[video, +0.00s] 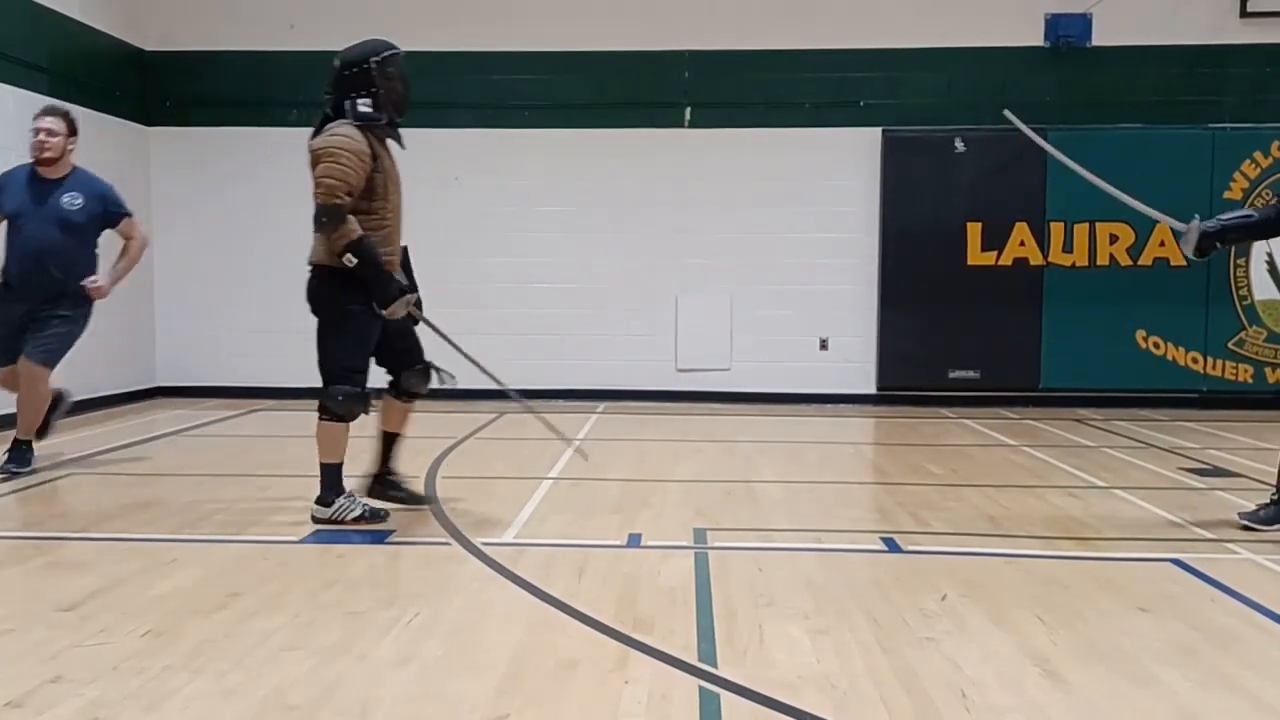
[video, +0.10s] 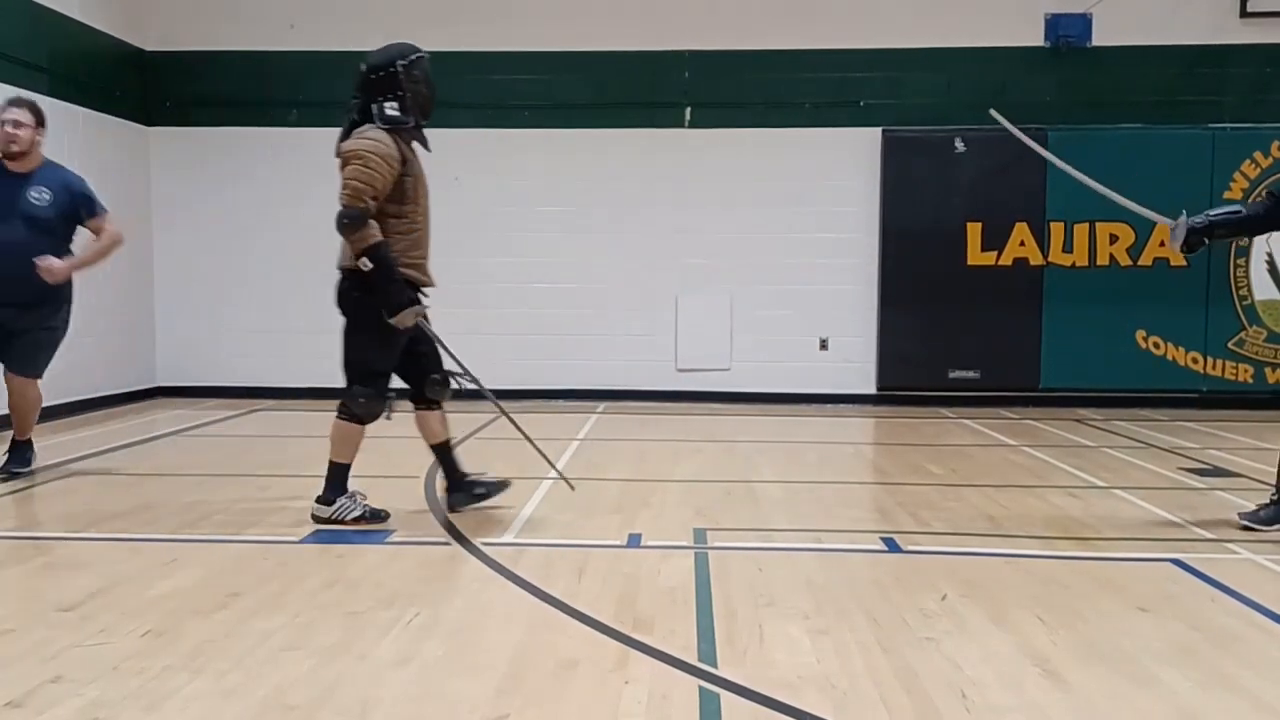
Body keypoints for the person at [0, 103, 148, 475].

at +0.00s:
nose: (41, 140)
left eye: (51, 134)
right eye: (36, 133)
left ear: (70, 142)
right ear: (30, 138)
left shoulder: (93, 191)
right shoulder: (12, 182)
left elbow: (137, 238)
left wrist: (110, 280)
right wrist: (0, 275)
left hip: (68, 299)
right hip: (15, 294)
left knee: (31, 366)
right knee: (3, 370)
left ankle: (22, 445)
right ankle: (47, 400)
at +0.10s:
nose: (8, 131)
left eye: (18, 125)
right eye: (4, 124)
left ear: (39, 133)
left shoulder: (64, 185)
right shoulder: (1, 174)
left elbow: (111, 235)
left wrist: (68, 265)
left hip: (41, 301)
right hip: (2, 298)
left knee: (20, 376)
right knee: (15, 376)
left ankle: (21, 444)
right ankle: (20, 439)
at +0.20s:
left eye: (0, 107)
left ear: (6, 108)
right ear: (3, 109)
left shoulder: (31, 160)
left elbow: (82, 213)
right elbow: (80, 212)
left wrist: (28, 239)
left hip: (20, 281)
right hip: (2, 279)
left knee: (11, 363)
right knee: (8, 365)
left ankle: (20, 437)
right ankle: (18, 433)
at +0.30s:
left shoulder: (8, 146)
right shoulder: (10, 146)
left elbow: (49, 203)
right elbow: (48, 203)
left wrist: (5, 231)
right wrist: (8, 232)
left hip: (3, 271)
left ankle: (8, 413)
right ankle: (8, 412)